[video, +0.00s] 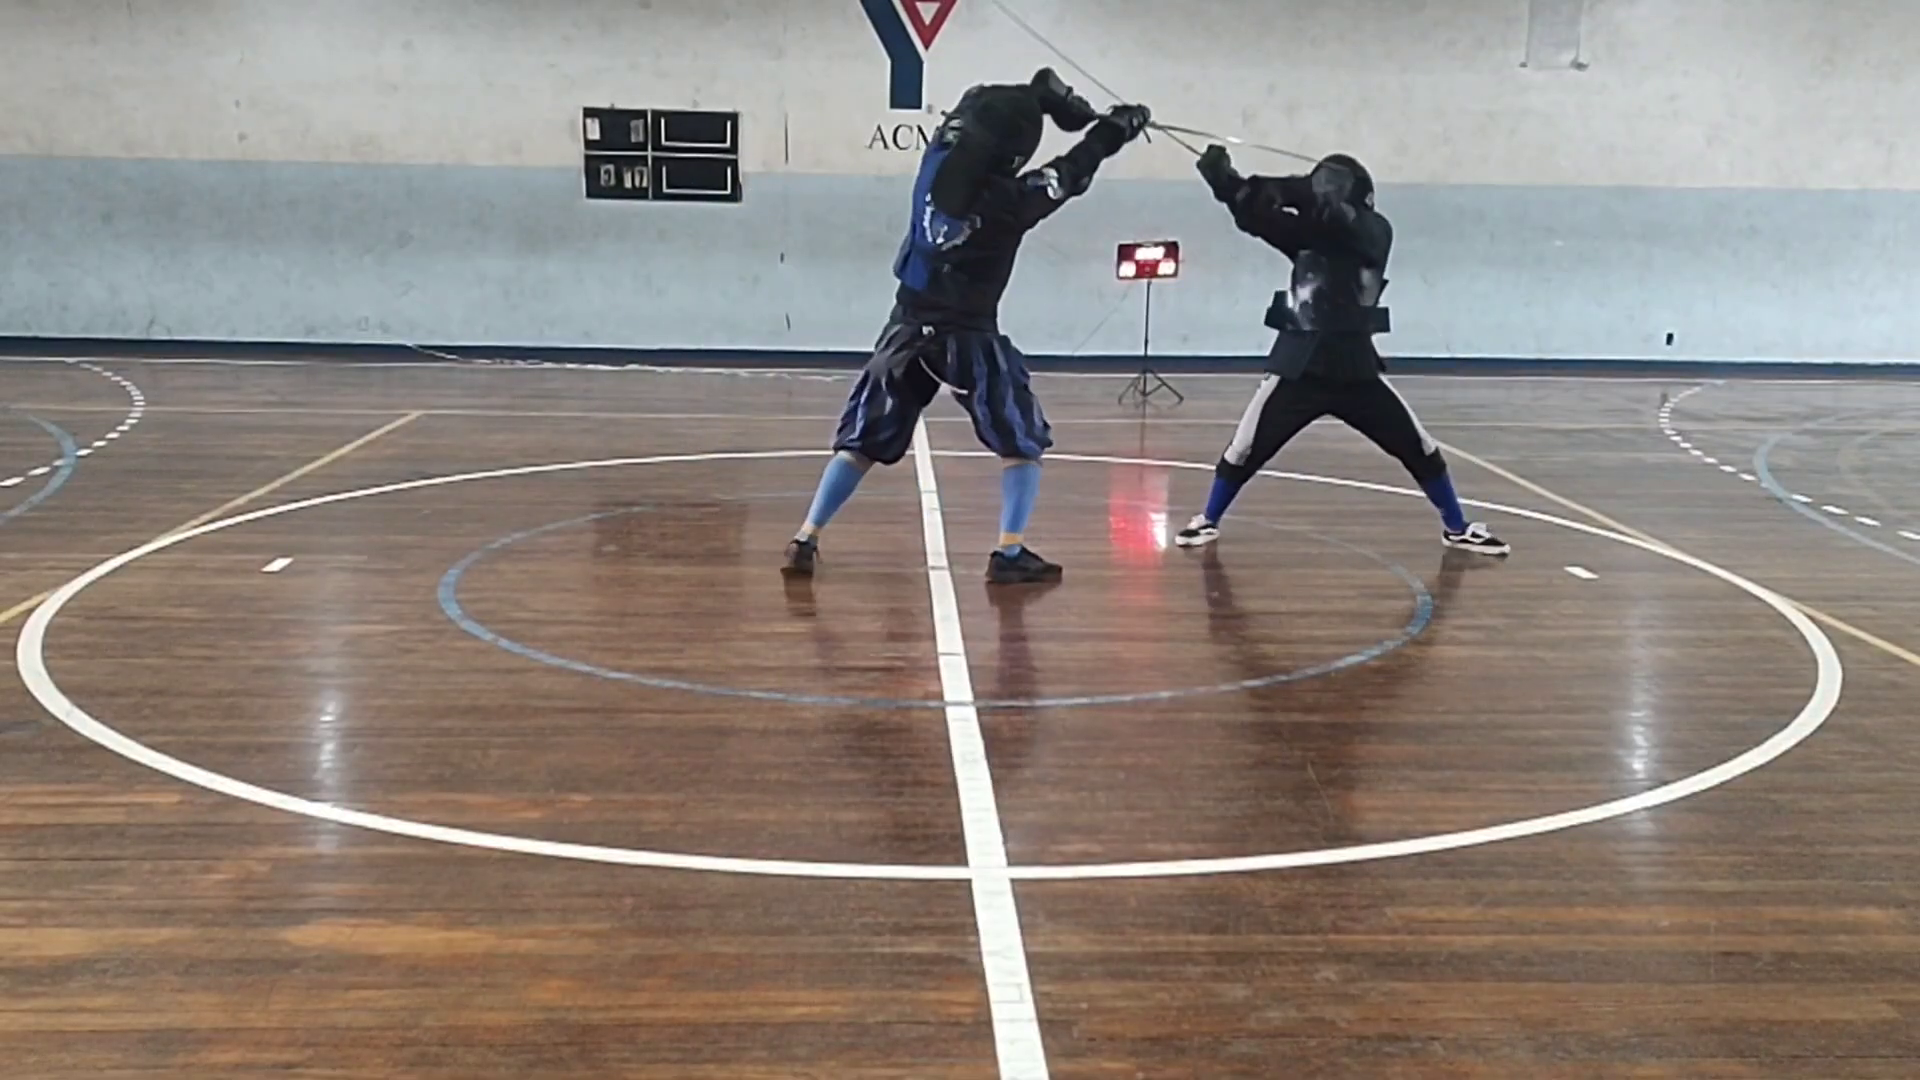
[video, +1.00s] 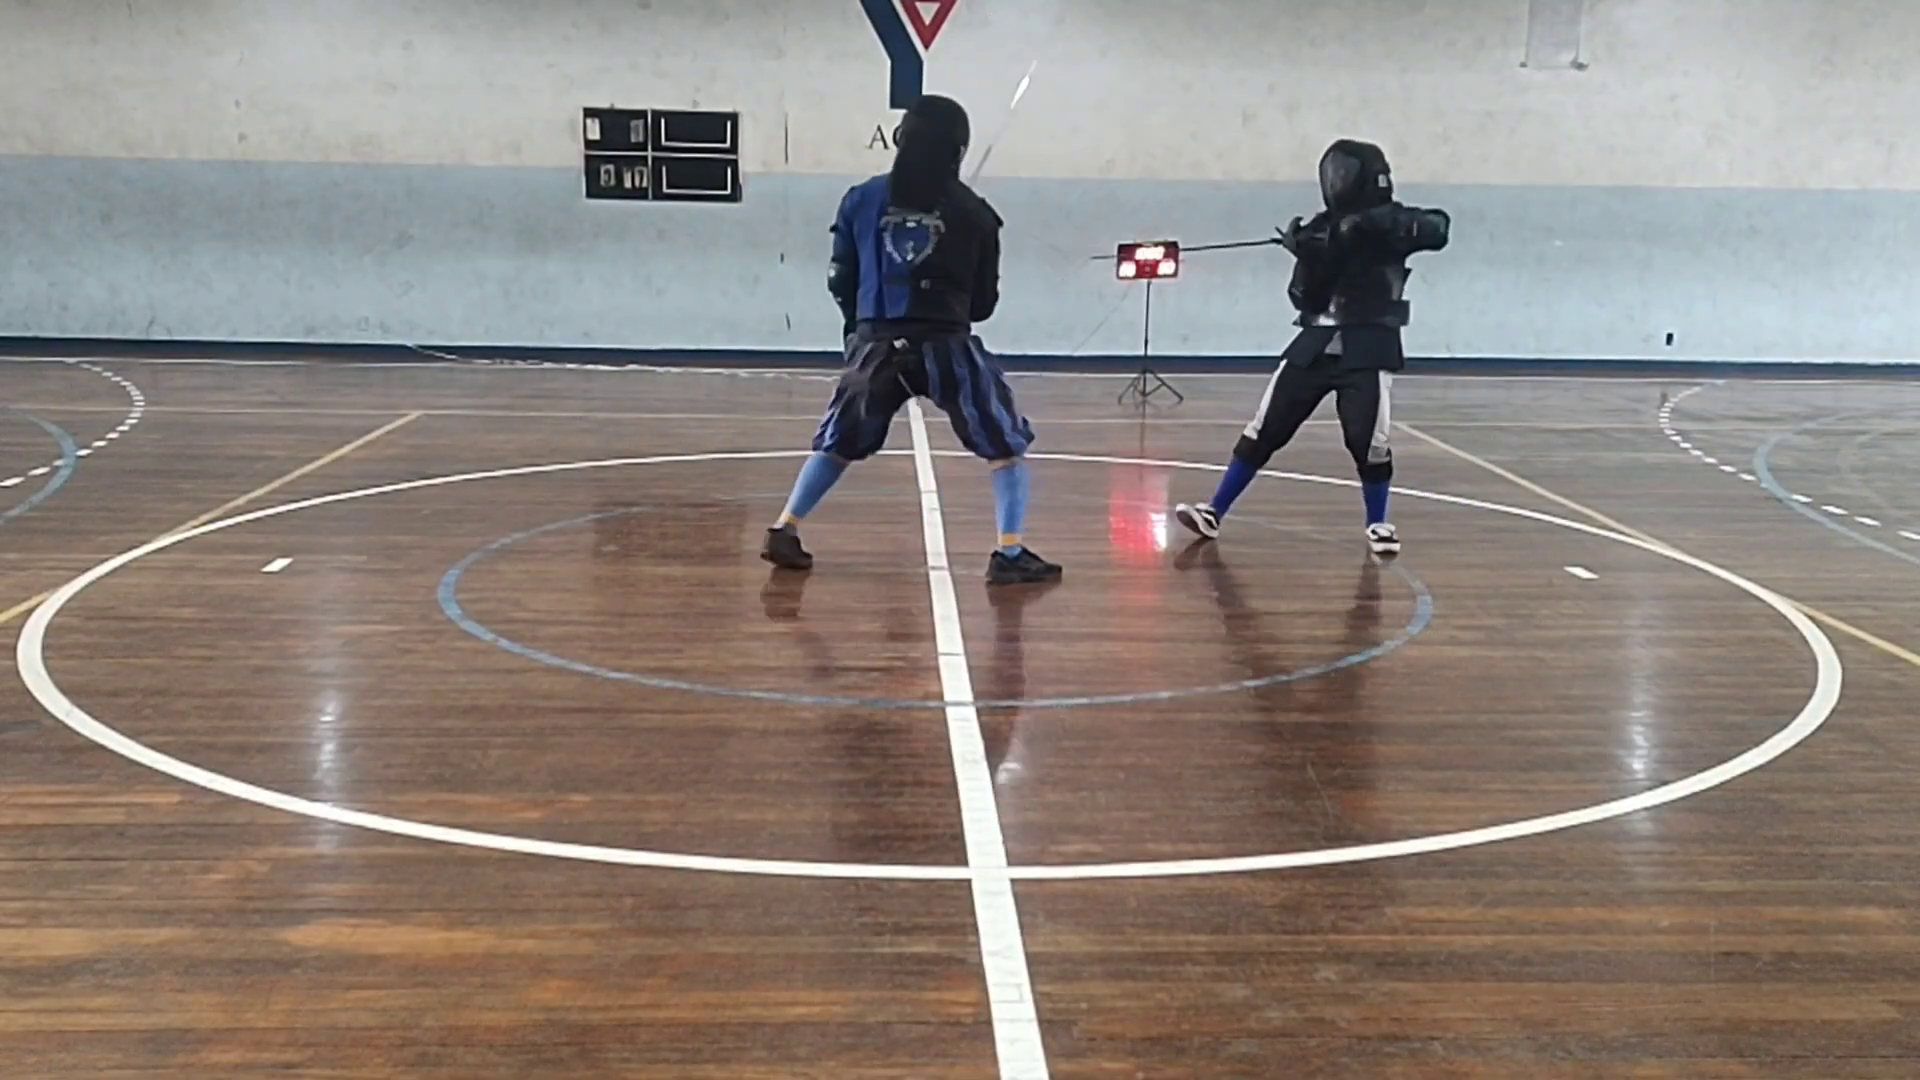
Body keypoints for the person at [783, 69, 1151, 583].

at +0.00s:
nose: (1029, 158)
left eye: (1026, 149)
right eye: (1027, 151)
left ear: (975, 129)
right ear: (1014, 151)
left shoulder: (935, 161)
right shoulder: (1011, 200)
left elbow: (978, 106)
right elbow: (1073, 171)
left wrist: (1042, 96)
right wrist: (1113, 129)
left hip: (907, 329)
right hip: (971, 337)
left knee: (865, 435)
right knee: (1023, 441)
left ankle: (805, 537)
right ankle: (1009, 551)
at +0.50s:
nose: (1043, 149)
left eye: (1047, 139)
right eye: (1041, 140)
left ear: (988, 127)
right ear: (1025, 147)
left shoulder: (945, 159)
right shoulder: (1025, 198)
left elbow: (993, 132)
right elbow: (1084, 200)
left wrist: (1056, 138)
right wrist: (1110, 149)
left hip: (921, 329)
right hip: (988, 338)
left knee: (874, 434)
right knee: (1032, 441)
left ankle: (819, 546)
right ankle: (1010, 553)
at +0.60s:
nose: (1039, 152)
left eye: (1038, 144)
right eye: (1039, 144)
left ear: (984, 127)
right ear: (1029, 147)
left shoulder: (939, 162)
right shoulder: (1027, 197)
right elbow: (1067, 255)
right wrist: (1074, 204)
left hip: (919, 331)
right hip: (985, 337)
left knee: (873, 433)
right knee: (1031, 440)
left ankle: (819, 546)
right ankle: (1011, 551)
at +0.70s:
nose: (1032, 158)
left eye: (1033, 148)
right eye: (1032, 149)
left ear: (976, 129)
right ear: (1024, 151)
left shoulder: (924, 172)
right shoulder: (1025, 209)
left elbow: (897, 244)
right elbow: (1034, 294)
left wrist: (947, 245)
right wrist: (1029, 239)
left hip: (916, 333)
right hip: (986, 339)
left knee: (873, 435)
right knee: (1031, 440)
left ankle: (819, 546)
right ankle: (1011, 552)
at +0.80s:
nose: (1024, 156)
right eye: (1024, 147)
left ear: (963, 133)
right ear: (1015, 151)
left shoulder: (910, 186)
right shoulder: (1022, 219)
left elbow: (885, 261)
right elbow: (1014, 306)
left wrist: (905, 306)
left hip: (909, 337)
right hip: (981, 344)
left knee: (861, 434)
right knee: (1030, 440)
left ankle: (818, 546)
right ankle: (1011, 552)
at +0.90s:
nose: (997, 155)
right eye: (995, 145)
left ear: (938, 138)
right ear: (992, 151)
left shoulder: (890, 194)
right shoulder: (1004, 218)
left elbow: (867, 272)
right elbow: (1004, 307)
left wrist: (880, 321)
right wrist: (954, 313)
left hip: (896, 339)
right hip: (968, 345)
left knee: (850, 430)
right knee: (1022, 438)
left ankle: (804, 537)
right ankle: (1011, 551)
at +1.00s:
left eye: (903, 135)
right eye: (961, 144)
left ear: (902, 141)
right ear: (959, 148)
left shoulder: (860, 200)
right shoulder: (975, 213)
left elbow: (842, 282)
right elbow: (982, 303)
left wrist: (862, 328)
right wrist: (934, 310)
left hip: (875, 344)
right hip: (946, 346)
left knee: (841, 438)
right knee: (1005, 443)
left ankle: (784, 528)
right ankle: (1010, 550)